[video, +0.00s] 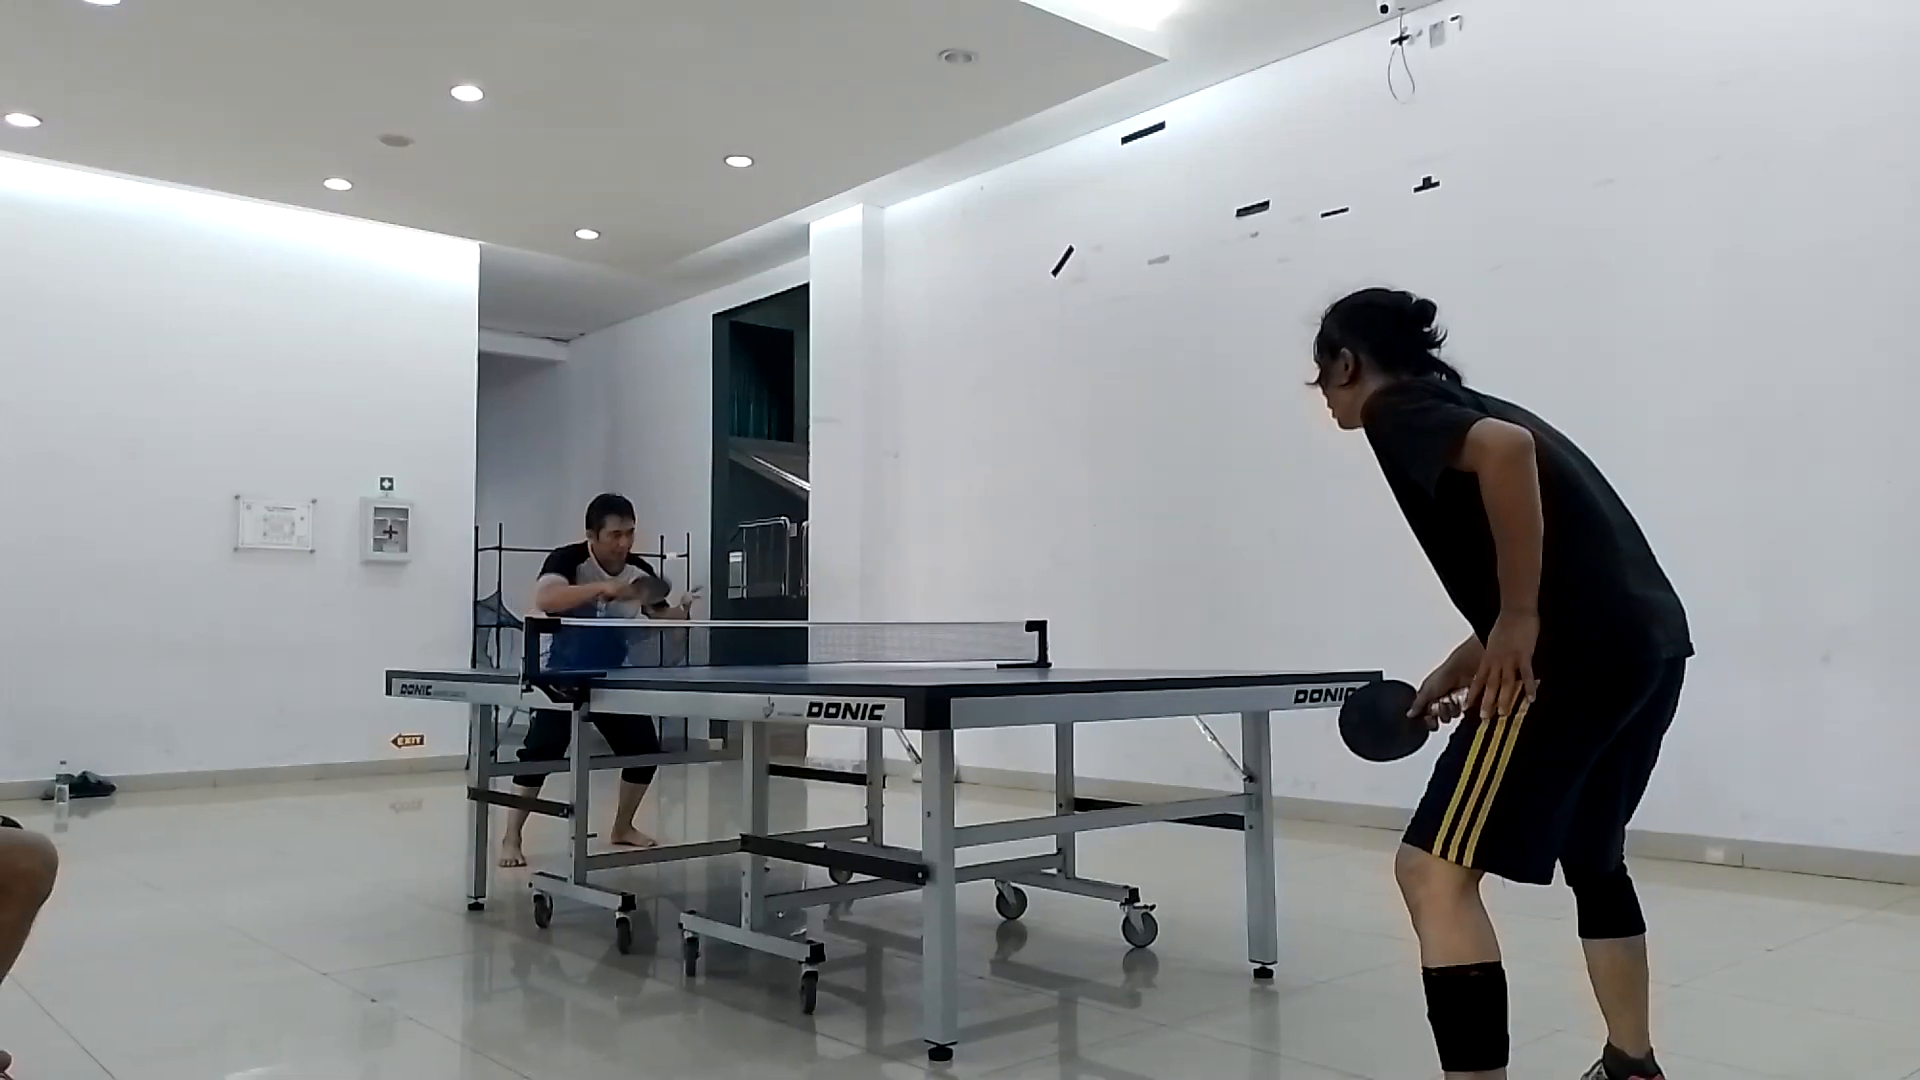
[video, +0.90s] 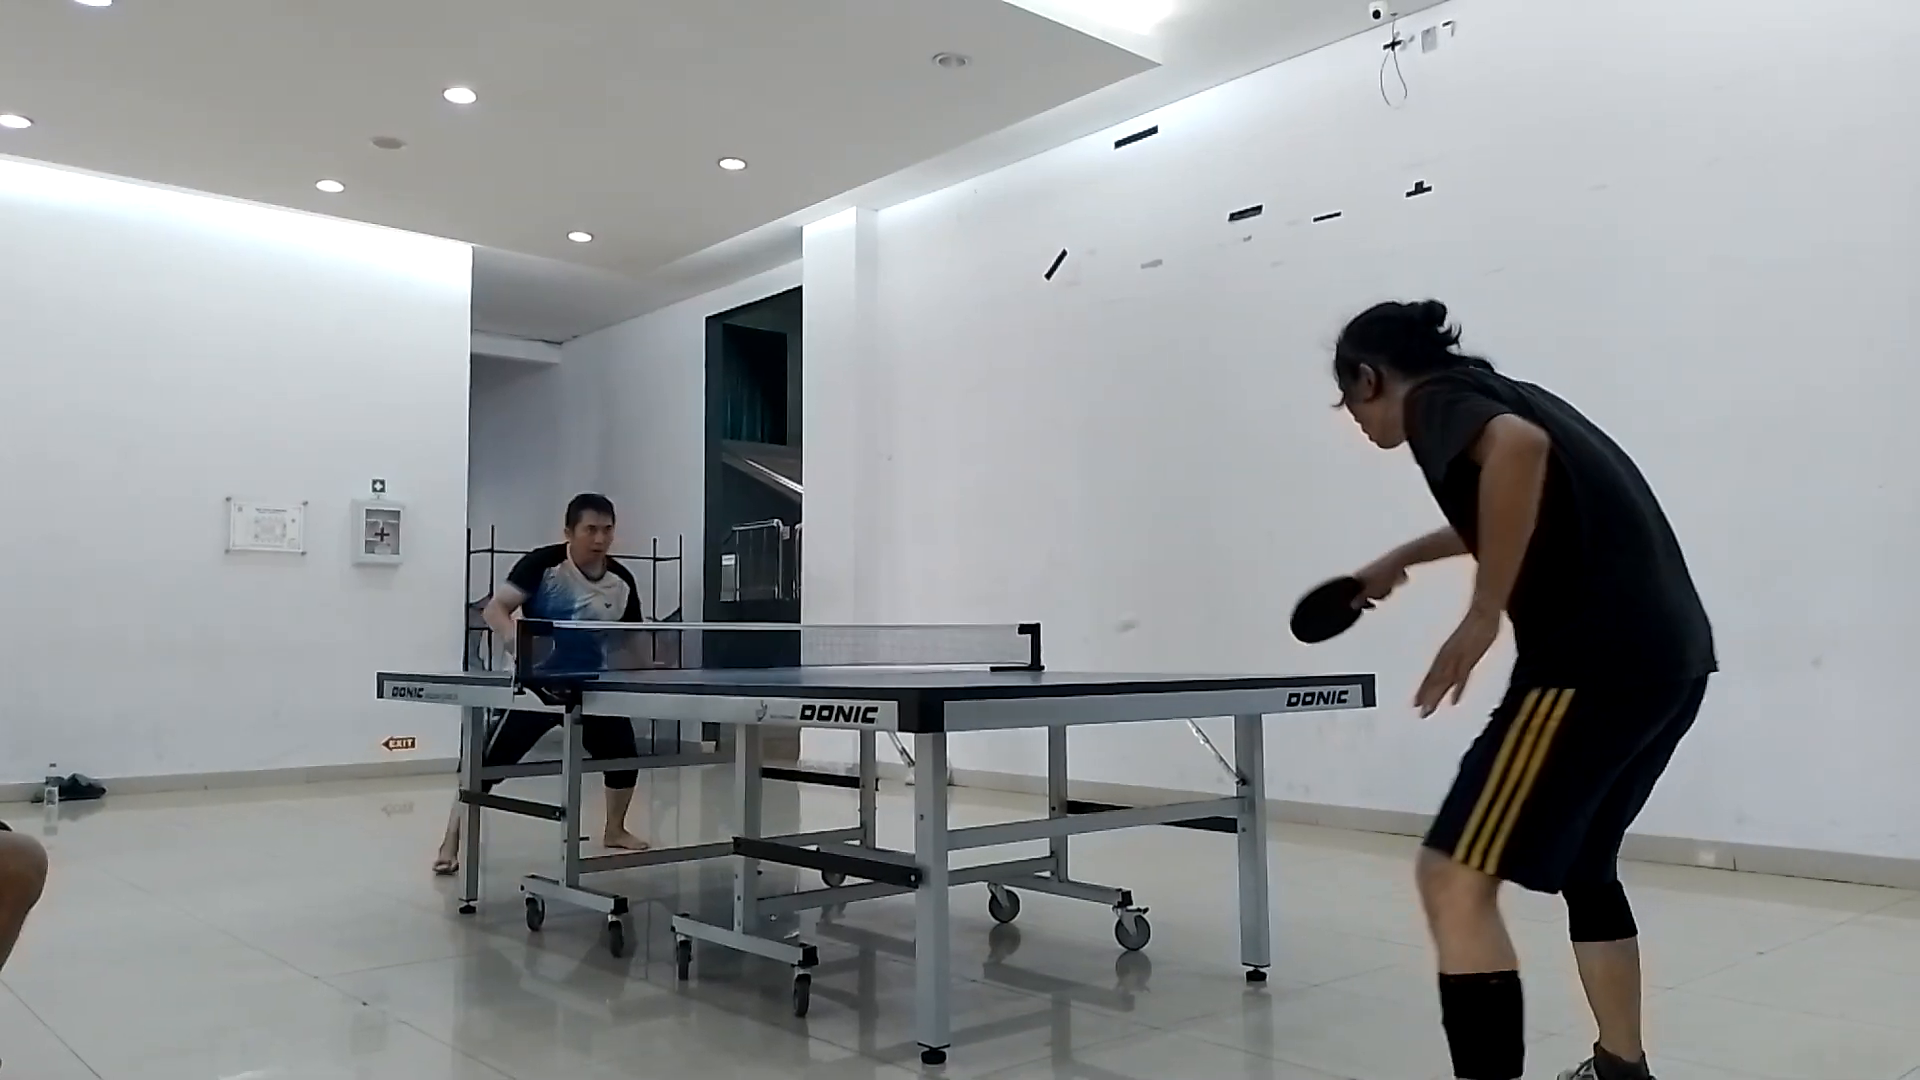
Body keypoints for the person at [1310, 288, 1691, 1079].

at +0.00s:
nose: (1322, 393)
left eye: (1324, 373)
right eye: (1319, 376)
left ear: (1354, 361)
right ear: (1413, 357)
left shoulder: (1395, 410)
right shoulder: (1481, 411)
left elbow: (1506, 445)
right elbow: (1546, 571)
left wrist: (1517, 618)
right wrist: (1455, 671)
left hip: (1568, 649)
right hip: (1651, 645)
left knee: (1433, 871)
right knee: (1593, 850)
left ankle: (1475, 1071)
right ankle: (1633, 1061)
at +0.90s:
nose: (1354, 418)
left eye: (1352, 397)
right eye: (1348, 403)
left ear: (1379, 375)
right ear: (1428, 360)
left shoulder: (1436, 400)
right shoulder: (1503, 399)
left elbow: (1518, 446)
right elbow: (1509, 524)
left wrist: (1481, 618)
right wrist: (1400, 561)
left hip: (1591, 658)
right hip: (1668, 654)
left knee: (1453, 875)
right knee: (1587, 863)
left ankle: (1489, 1072)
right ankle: (1622, 1062)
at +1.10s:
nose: (1390, 443)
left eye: (1388, 425)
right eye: (1385, 429)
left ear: (1419, 411)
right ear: (1436, 411)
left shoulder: (1511, 429)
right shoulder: (1475, 479)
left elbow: (1623, 438)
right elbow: (1388, 524)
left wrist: (1584, 594)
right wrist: (1289, 560)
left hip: (1671, 665)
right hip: (1694, 666)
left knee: (1552, 873)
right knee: (1604, 870)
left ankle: (1537, 1069)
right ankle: (1623, 1066)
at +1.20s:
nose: (1402, 448)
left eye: (1404, 428)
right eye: (1400, 432)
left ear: (1436, 422)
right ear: (1455, 422)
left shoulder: (1533, 440)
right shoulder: (1489, 509)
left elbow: (1670, 442)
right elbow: (1394, 551)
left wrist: (1635, 589)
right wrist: (1283, 570)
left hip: (1708, 664)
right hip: (1685, 672)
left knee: (1585, 861)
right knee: (1603, 862)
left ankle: (1606, 1067)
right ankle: (1619, 1063)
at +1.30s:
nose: (1422, 441)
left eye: (1421, 422)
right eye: (1418, 425)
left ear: (1453, 406)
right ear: (1469, 408)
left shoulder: (1550, 433)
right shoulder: (1525, 498)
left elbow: (1684, 449)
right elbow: (1474, 587)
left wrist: (1653, 599)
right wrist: (1339, 597)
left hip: (1734, 652)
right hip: (1693, 661)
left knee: (1628, 860)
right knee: (1604, 843)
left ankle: (1715, 1071)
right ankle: (1623, 1062)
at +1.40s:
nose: (1445, 412)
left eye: (1448, 391)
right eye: (1443, 394)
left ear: (1483, 381)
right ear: (1499, 382)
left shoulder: (1569, 416)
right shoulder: (1559, 464)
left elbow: (1690, 451)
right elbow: (1593, 600)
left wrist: (1637, 608)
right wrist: (1448, 640)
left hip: (1753, 656)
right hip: (1707, 667)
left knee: (1676, 883)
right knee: (1624, 835)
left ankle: (1834, 1070)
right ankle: (1623, 1060)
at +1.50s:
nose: (1476, 386)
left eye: (1479, 365)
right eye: (1474, 368)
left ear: (1513, 351)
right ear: (1532, 352)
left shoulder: (1594, 395)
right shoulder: (1588, 428)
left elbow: (1701, 444)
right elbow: (1667, 585)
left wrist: (1622, 616)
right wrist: (1570, 665)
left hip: (1783, 659)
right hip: (1741, 668)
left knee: (1757, 918)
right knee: (1677, 842)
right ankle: (1634, 1057)